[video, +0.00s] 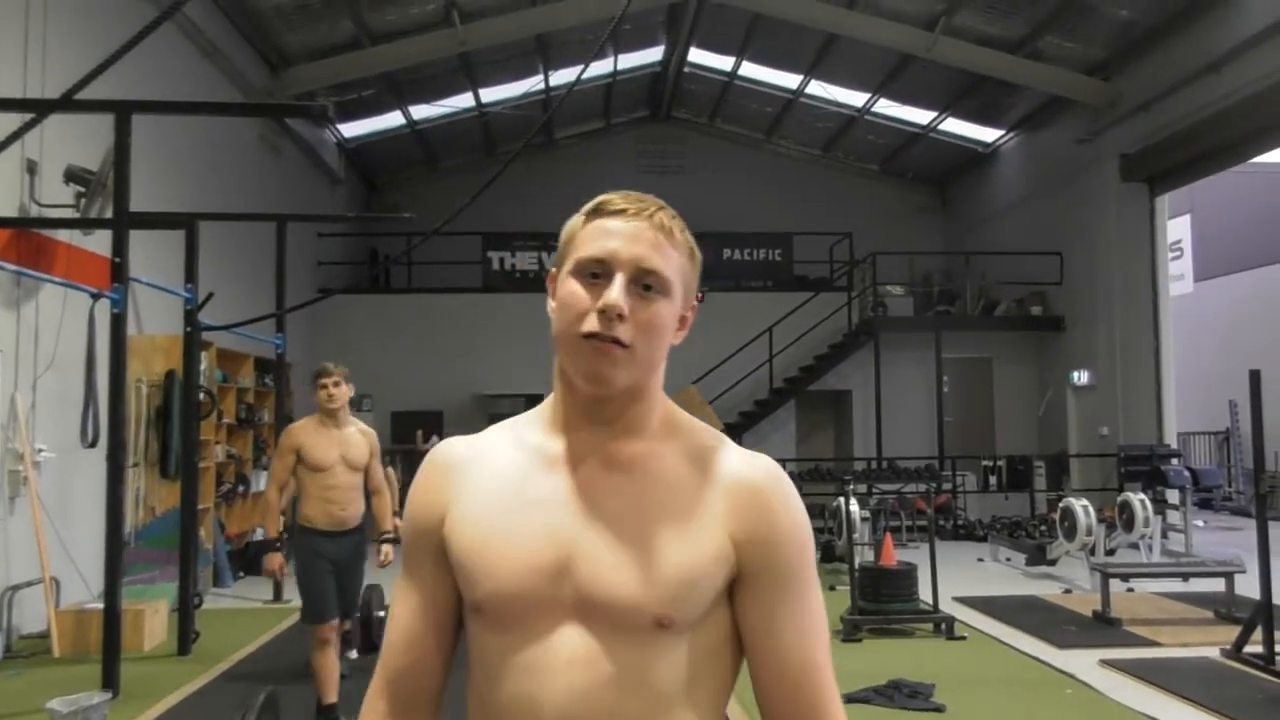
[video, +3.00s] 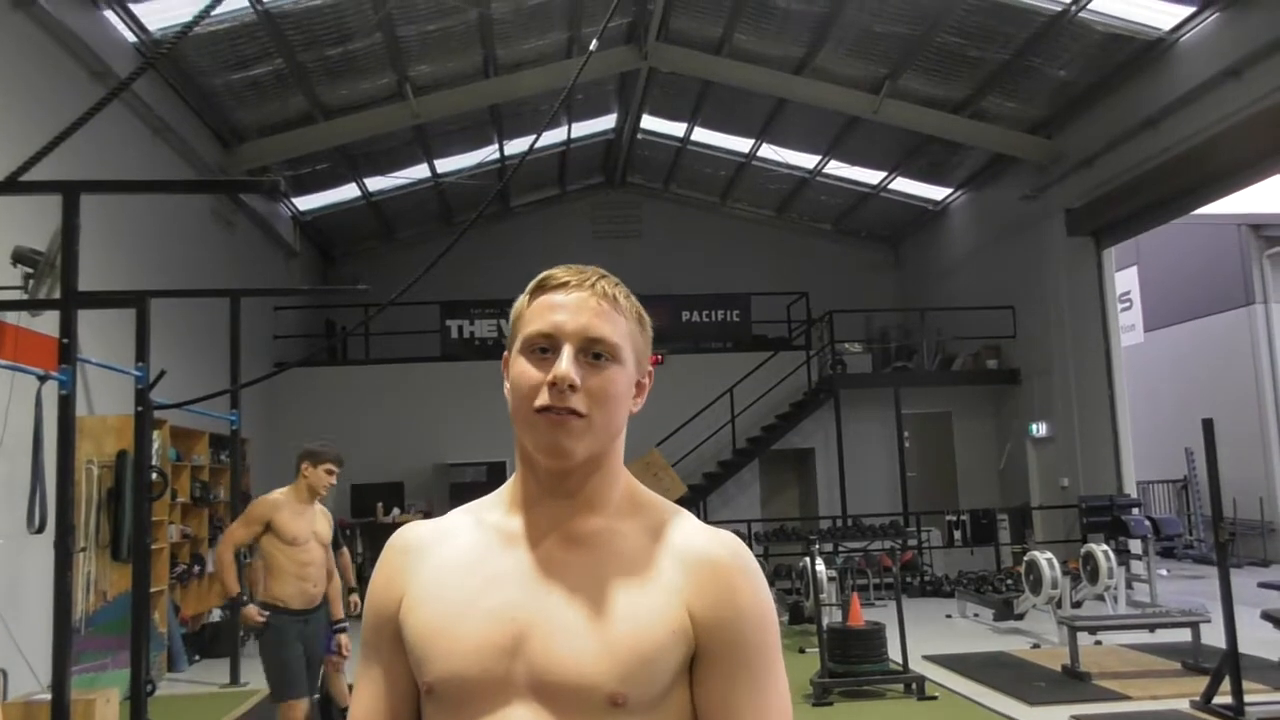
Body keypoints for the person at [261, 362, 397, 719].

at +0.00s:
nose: (330, 391)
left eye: (337, 385)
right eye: (323, 387)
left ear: (349, 391)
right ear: (315, 394)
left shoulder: (366, 436)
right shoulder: (297, 434)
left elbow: (379, 489)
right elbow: (274, 489)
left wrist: (387, 535)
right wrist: (272, 545)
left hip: (354, 538)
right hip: (312, 538)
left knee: (339, 627)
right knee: (325, 633)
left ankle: (327, 702)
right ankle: (329, 709)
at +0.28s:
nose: (322, 398)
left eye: (329, 392)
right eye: (316, 393)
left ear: (343, 398)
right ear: (307, 399)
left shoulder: (356, 444)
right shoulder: (285, 436)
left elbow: (365, 502)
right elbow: (259, 487)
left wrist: (369, 556)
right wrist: (253, 540)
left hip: (336, 544)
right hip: (291, 543)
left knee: (324, 636)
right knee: (298, 636)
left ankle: (319, 710)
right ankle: (297, 712)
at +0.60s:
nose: (288, 408)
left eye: (295, 402)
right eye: (282, 403)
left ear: (309, 408)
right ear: (274, 409)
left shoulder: (328, 453)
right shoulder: (255, 451)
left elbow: (343, 509)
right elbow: (237, 505)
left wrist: (352, 561)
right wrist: (232, 561)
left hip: (310, 561)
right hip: (263, 561)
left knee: (306, 648)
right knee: (250, 653)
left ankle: (308, 714)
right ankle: (240, 715)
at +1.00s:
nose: (241, 422)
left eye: (248, 416)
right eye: (234, 416)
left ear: (262, 422)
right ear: (225, 424)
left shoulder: (285, 463)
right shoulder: (210, 470)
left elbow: (301, 519)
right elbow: (193, 525)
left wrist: (296, 569)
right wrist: (189, 582)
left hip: (278, 573)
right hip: (230, 576)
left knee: (289, 666)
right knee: (232, 671)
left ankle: (298, 717)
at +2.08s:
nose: (282, 457)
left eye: (282, 450)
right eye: (277, 450)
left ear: (260, 453)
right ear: (256, 452)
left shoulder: (278, 495)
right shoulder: (212, 494)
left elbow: (287, 553)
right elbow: (186, 551)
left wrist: (302, 604)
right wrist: (185, 613)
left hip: (273, 606)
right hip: (228, 608)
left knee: (276, 697)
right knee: (226, 703)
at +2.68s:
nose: (312, 473)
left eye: (314, 467)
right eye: (307, 465)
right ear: (284, 463)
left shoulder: (303, 508)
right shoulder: (248, 501)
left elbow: (309, 568)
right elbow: (204, 549)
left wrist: (321, 621)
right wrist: (224, 604)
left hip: (297, 617)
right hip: (255, 620)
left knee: (282, 704)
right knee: (238, 708)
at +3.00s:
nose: (334, 481)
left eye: (336, 475)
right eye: (329, 473)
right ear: (306, 469)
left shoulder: (324, 515)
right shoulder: (269, 505)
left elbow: (331, 574)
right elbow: (225, 547)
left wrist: (340, 628)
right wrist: (238, 602)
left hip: (316, 618)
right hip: (278, 620)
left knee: (303, 705)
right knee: (294, 708)